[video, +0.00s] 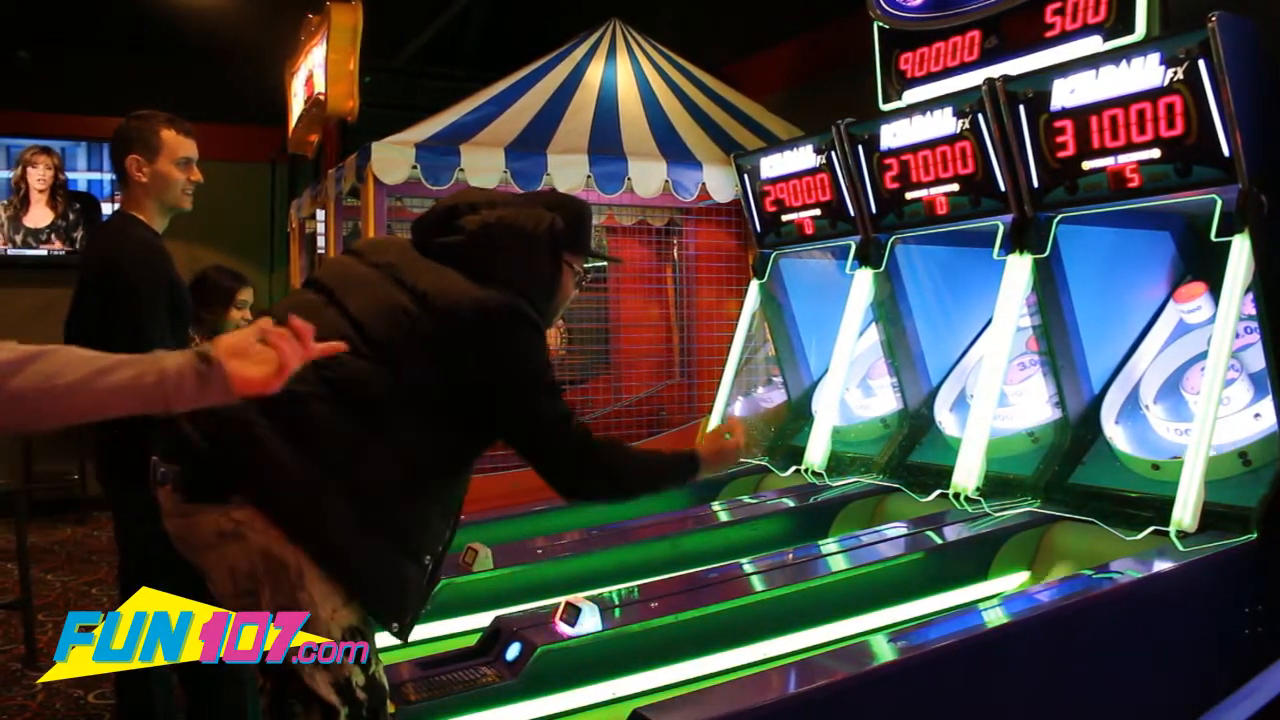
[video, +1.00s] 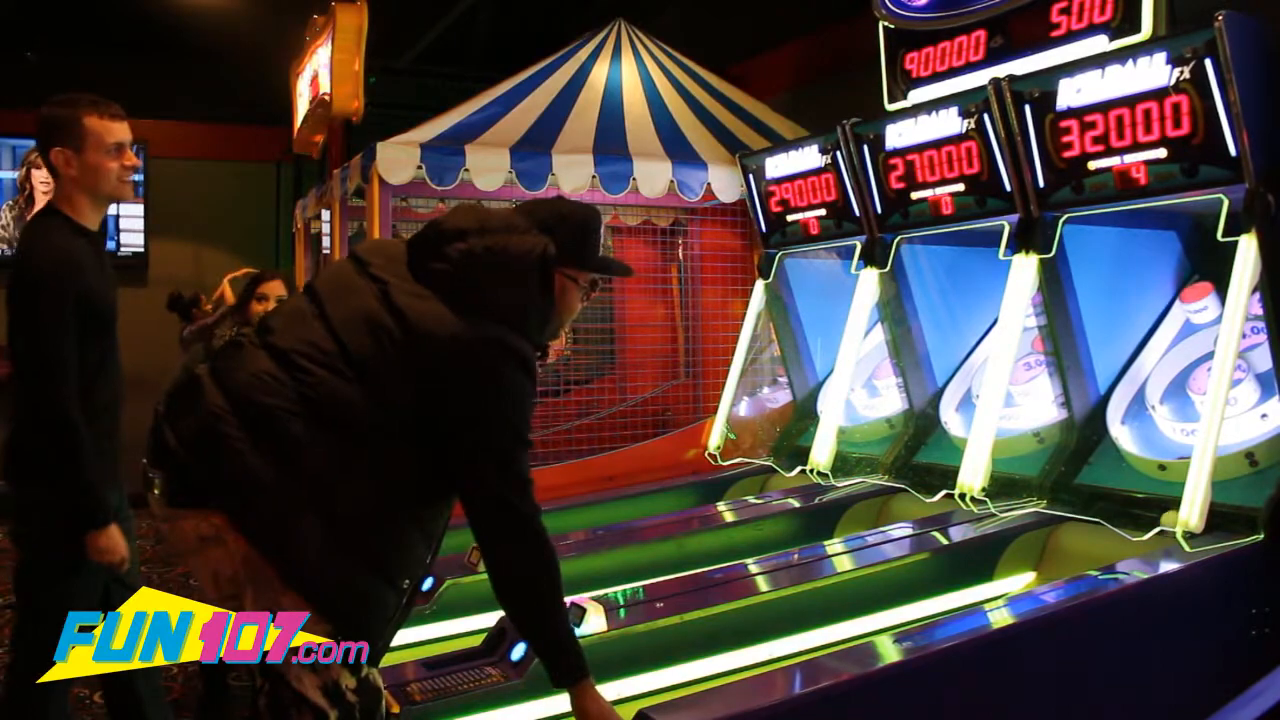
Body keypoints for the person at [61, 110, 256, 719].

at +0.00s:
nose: (196, 177)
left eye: (196, 166)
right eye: (184, 165)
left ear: (141, 173)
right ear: (138, 169)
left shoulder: (116, 239)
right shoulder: (133, 249)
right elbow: (142, 373)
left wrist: (206, 373)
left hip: (134, 453)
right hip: (145, 461)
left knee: (151, 591)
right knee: (165, 596)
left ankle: (147, 702)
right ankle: (157, 704)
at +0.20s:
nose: (195, 176)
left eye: (194, 164)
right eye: (183, 164)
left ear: (139, 171)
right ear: (136, 168)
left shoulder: (111, 239)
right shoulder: (135, 252)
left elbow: (76, 337)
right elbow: (153, 374)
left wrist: (122, 433)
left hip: (131, 451)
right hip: (148, 456)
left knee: (145, 593)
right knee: (168, 597)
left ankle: (145, 703)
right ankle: (163, 704)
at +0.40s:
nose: (191, 174)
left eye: (190, 162)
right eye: (177, 161)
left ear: (137, 171)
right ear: (131, 167)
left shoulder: (116, 239)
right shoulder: (125, 248)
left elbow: (86, 340)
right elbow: (146, 365)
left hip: (121, 450)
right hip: (132, 458)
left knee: (135, 592)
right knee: (155, 596)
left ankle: (137, 702)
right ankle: (148, 704)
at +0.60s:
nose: (174, 170)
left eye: (173, 158)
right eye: (160, 158)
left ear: (123, 171)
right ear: (113, 167)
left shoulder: (115, 241)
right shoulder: (109, 250)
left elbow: (132, 357)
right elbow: (124, 371)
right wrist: (151, 456)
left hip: (120, 456)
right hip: (118, 462)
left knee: (138, 601)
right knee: (152, 602)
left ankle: (135, 703)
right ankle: (145, 705)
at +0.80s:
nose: (153, 167)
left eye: (152, 155)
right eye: (137, 155)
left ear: (97, 167)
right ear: (86, 165)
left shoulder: (93, 244)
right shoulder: (83, 253)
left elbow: (105, 387)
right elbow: (96, 397)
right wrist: (136, 507)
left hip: (99, 476)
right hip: (97, 485)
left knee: (105, 633)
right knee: (110, 638)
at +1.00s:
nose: (130, 163)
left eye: (130, 150)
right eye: (115, 151)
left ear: (80, 166)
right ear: (65, 162)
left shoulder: (81, 243)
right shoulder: (51, 250)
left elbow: (80, 389)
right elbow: (54, 398)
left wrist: (107, 490)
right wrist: (96, 515)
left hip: (90, 481)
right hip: (60, 490)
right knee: (43, 656)